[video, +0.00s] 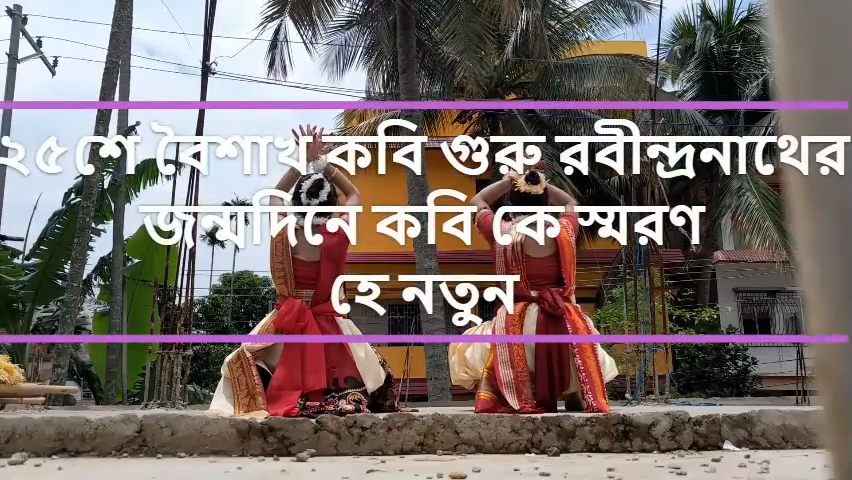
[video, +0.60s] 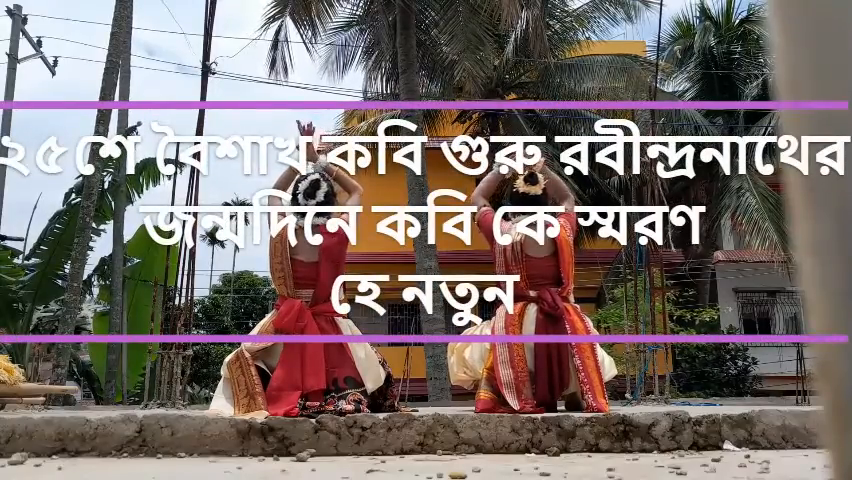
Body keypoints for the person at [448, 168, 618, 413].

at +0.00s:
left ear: (511, 209)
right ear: (544, 206)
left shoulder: (503, 233)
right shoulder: (563, 232)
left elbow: (480, 200)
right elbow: (569, 202)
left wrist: (507, 182)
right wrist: (542, 185)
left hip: (518, 318)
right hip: (562, 317)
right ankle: (574, 394)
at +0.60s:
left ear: (509, 202)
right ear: (545, 201)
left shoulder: (501, 231)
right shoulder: (562, 228)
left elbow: (479, 197)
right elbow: (566, 198)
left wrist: (502, 168)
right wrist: (542, 170)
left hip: (516, 321)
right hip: (561, 319)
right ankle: (576, 394)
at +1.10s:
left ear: (513, 206)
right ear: (546, 205)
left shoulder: (499, 233)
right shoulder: (564, 231)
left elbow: (466, 208)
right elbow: (585, 203)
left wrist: (479, 178)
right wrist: (557, 178)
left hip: (515, 318)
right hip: (561, 317)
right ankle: (577, 398)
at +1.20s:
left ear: (514, 207)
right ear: (546, 207)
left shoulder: (501, 233)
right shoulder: (564, 232)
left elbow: (462, 219)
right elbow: (595, 209)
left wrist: (467, 184)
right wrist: (568, 180)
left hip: (514, 316)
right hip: (559, 315)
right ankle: (579, 397)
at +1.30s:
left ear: (509, 205)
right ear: (545, 204)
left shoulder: (496, 234)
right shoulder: (566, 233)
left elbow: (452, 216)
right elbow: (601, 214)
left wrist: (457, 183)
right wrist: (581, 186)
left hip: (512, 323)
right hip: (560, 321)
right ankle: (576, 396)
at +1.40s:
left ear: (510, 207)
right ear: (544, 207)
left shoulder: (495, 236)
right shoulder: (566, 234)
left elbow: (446, 222)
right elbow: (605, 221)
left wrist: (447, 192)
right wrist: (593, 192)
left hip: (512, 325)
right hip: (561, 323)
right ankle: (575, 394)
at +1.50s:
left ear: (511, 207)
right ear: (544, 207)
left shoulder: (495, 236)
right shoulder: (566, 235)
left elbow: (444, 233)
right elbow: (610, 226)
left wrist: (441, 197)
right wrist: (596, 196)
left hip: (512, 323)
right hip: (561, 321)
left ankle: (490, 393)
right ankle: (575, 394)